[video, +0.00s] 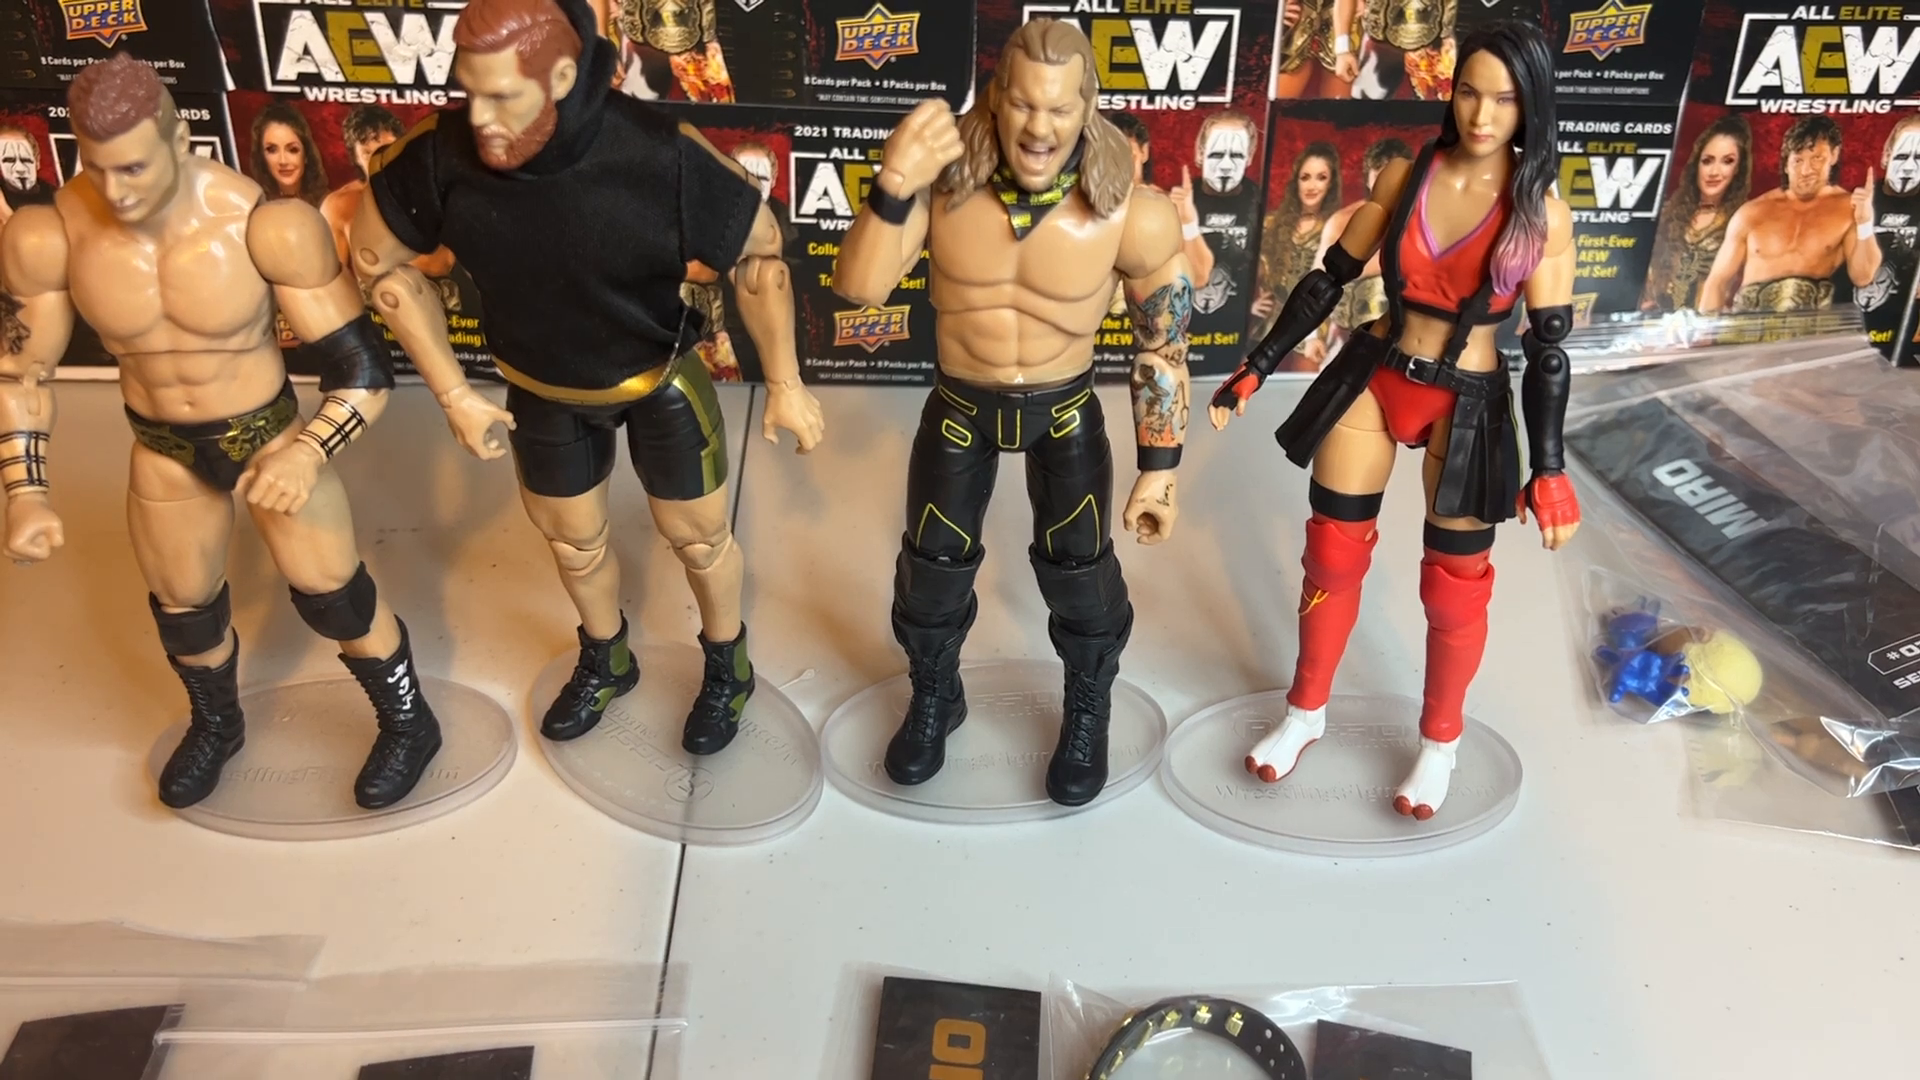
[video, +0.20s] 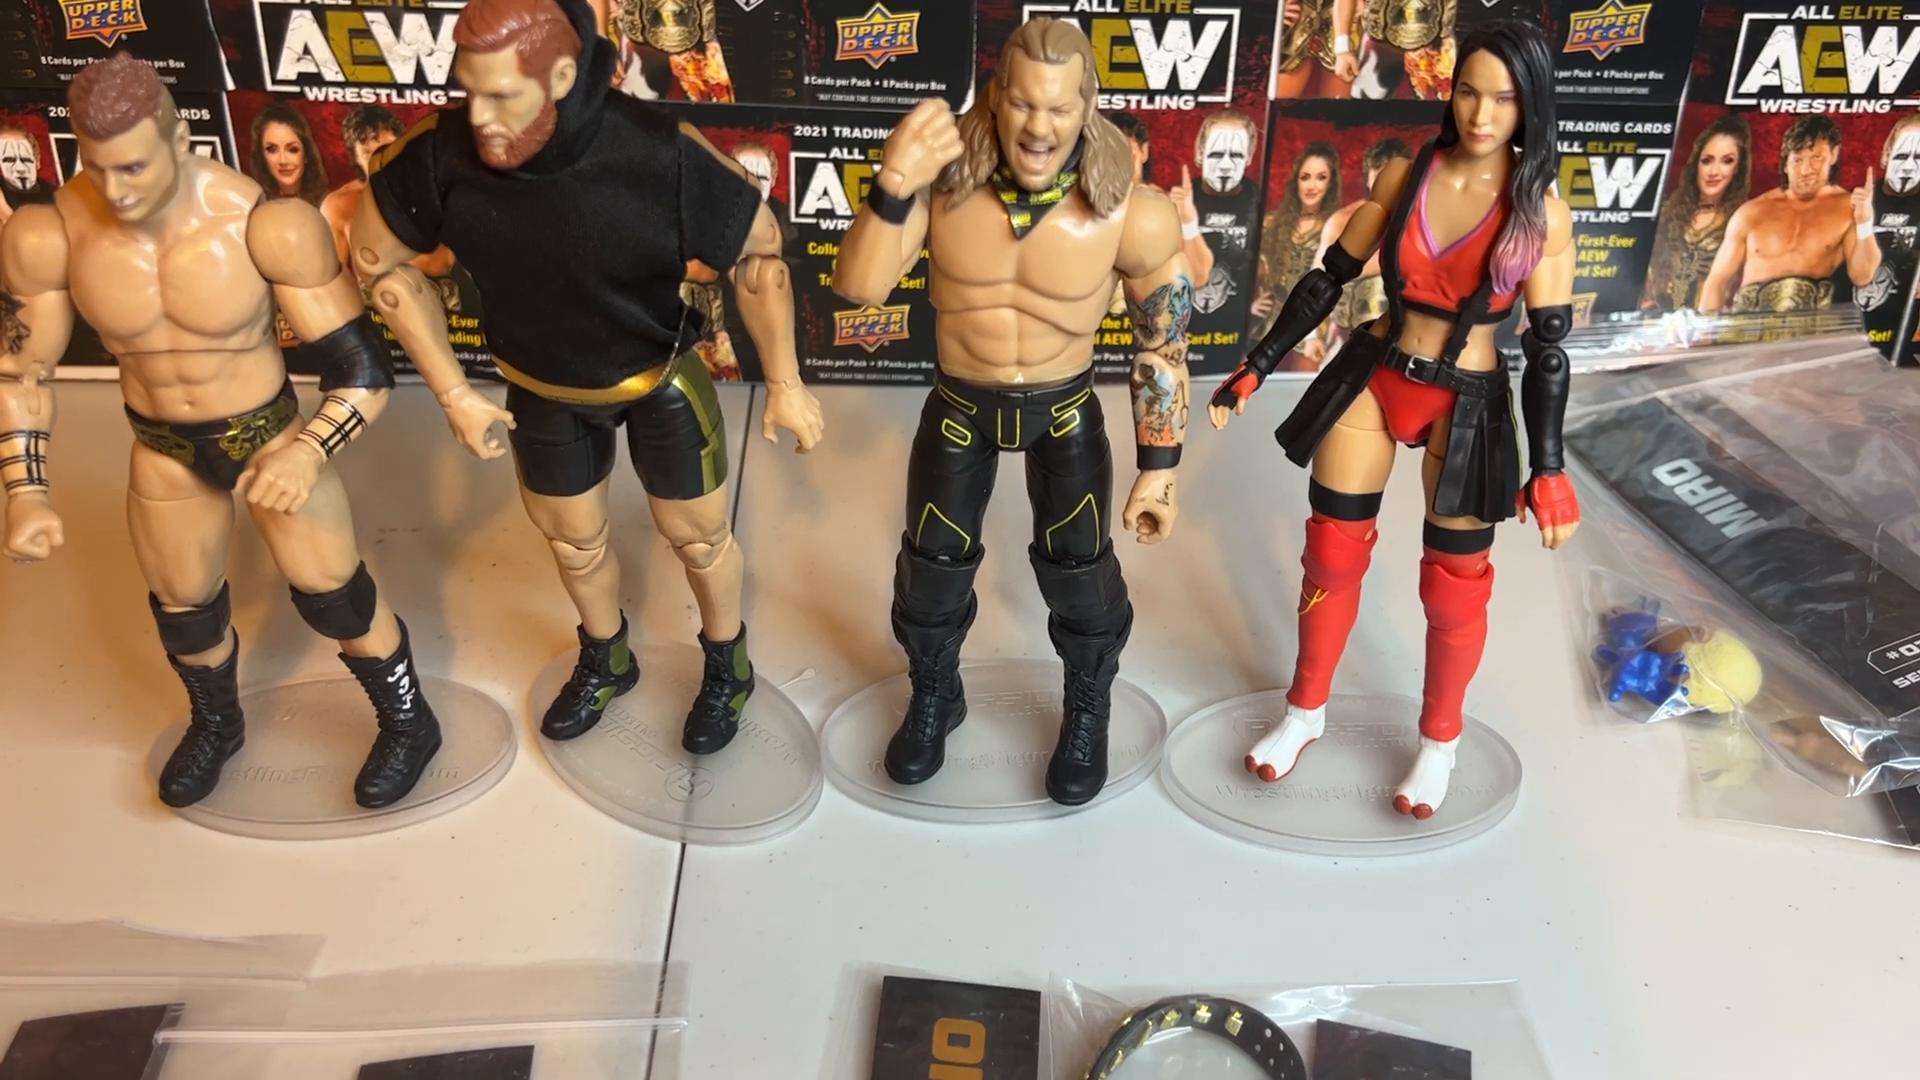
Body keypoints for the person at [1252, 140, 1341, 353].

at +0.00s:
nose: (1312, 186)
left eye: (1321, 178)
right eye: (1305, 177)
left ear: (1332, 183)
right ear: (1296, 180)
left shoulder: (1337, 229)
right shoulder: (1271, 224)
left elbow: (1338, 286)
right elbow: (1255, 274)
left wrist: (1322, 337)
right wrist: (1254, 302)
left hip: (1312, 331)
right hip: (1269, 326)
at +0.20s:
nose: (1312, 185)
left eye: (1321, 178)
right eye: (1305, 177)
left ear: (1332, 183)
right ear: (1295, 180)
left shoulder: (1337, 229)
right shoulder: (1271, 224)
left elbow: (1338, 285)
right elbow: (1258, 273)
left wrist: (1323, 336)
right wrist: (1254, 302)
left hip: (1313, 329)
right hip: (1270, 324)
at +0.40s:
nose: (1312, 185)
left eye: (1321, 177)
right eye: (1305, 177)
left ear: (1332, 182)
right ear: (1295, 180)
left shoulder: (1338, 230)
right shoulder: (1270, 224)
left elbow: (1336, 286)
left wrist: (1319, 334)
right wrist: (1250, 302)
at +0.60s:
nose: (1312, 185)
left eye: (1321, 177)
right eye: (1305, 177)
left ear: (1332, 182)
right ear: (1295, 180)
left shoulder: (1338, 229)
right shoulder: (1270, 225)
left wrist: (1320, 334)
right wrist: (1251, 302)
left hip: (1313, 331)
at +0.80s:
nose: (1312, 185)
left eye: (1322, 178)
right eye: (1305, 177)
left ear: (1332, 183)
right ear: (1296, 180)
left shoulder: (1338, 229)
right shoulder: (1271, 224)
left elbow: (1336, 285)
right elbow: (1254, 273)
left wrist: (1322, 335)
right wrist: (1254, 302)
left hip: (1312, 332)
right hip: (1268, 327)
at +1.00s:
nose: (1312, 186)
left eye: (1321, 178)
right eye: (1305, 177)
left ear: (1332, 183)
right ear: (1296, 181)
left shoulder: (1338, 230)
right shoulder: (1271, 225)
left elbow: (1339, 287)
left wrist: (1322, 336)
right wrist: (1252, 302)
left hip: (1313, 333)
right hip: (1269, 328)